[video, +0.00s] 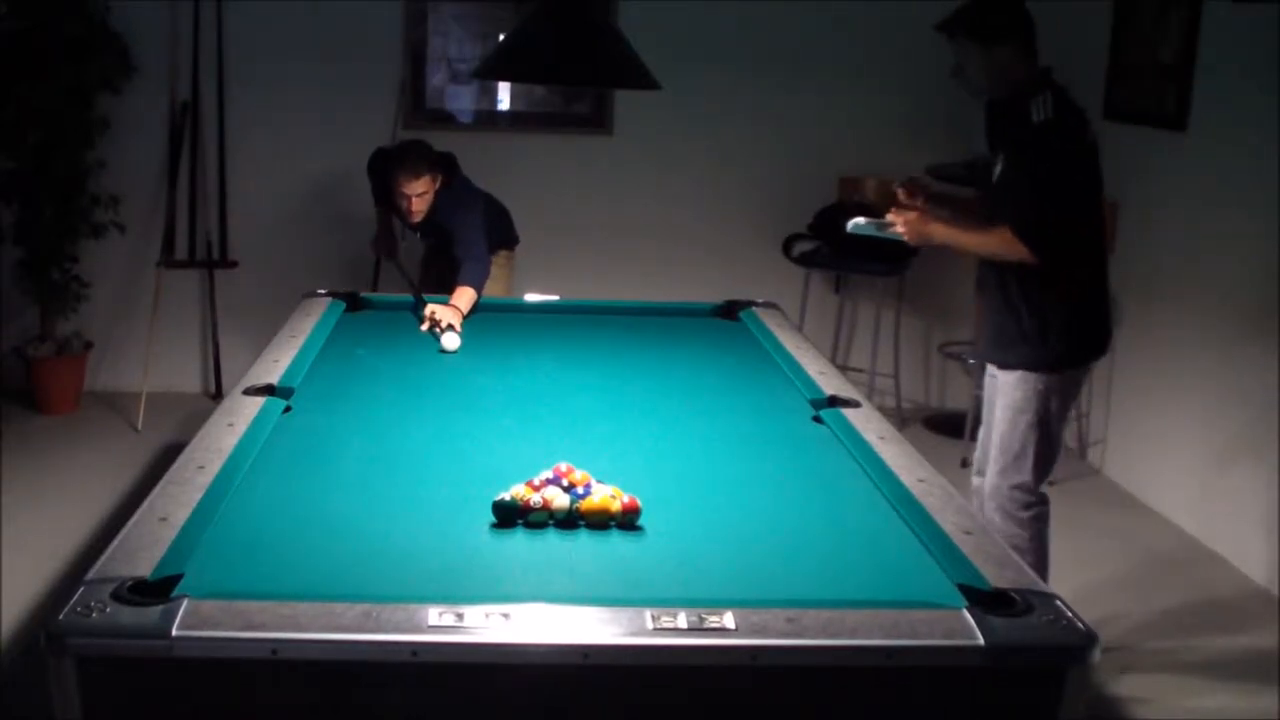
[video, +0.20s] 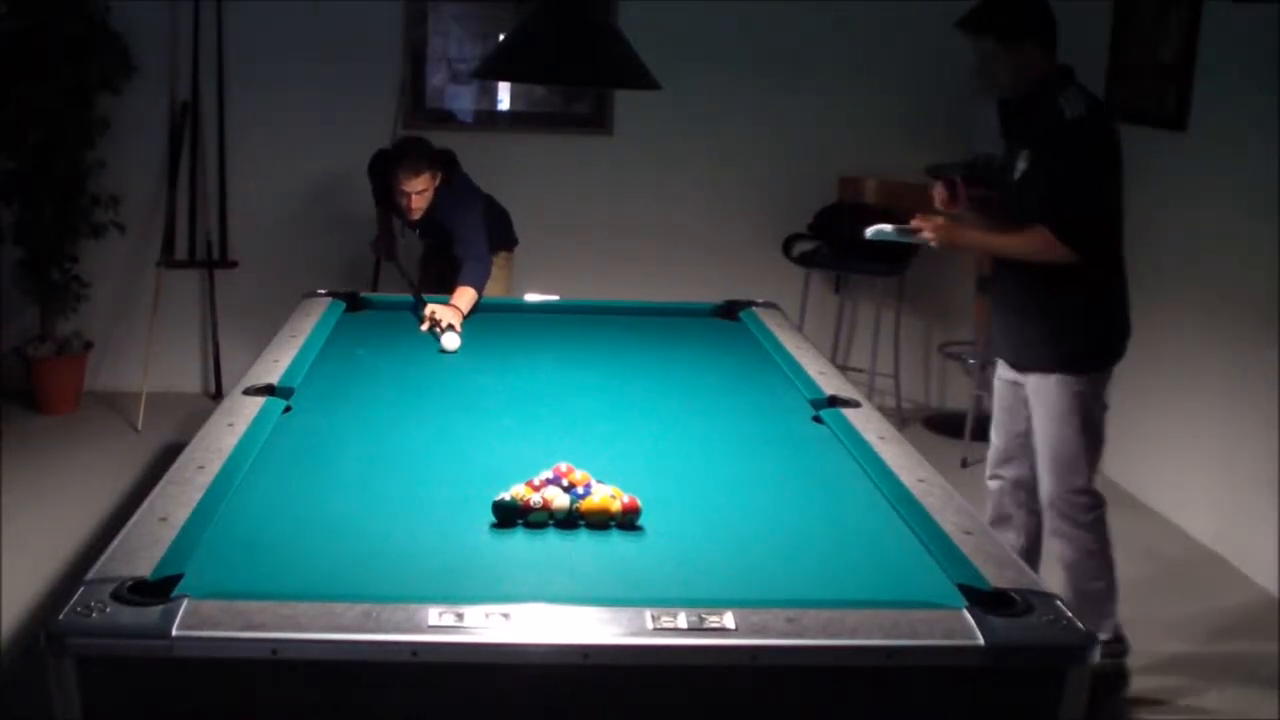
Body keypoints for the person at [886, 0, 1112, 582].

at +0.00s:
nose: (960, 72)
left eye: (967, 57)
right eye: (959, 57)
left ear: (1001, 52)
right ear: (1010, 53)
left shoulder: (1049, 119)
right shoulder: (1019, 113)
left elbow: (1034, 241)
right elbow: (1009, 213)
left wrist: (939, 233)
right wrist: (941, 200)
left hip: (1043, 342)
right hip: (1013, 334)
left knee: (1012, 492)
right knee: (988, 481)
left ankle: (1024, 629)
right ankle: (997, 617)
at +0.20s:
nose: (985, 69)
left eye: (993, 54)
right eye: (983, 55)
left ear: (1026, 49)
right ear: (1017, 51)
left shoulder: (1077, 118)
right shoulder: (1024, 113)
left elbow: (1069, 242)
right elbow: (1030, 215)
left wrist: (968, 237)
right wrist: (973, 204)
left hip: (1070, 346)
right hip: (1019, 338)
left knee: (1068, 502)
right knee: (1009, 487)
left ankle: (1097, 644)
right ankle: (1003, 627)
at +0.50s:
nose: (1069, 69)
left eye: (1082, 55)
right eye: (1068, 55)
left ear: (1122, 57)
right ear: (1077, 56)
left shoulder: (1179, 144)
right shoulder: (1075, 126)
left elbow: (1174, 261)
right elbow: (1068, 219)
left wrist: (1059, 252)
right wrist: (1019, 224)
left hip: (1138, 375)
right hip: (1061, 358)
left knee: (1158, 525)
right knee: (1035, 496)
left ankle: (1185, 674)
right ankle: (1011, 630)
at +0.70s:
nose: (1121, 75)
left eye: (1137, 60)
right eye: (1125, 60)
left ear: (1186, 64)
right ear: (1150, 70)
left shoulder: (1258, 156)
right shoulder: (1129, 146)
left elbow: (1263, 282)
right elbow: (1099, 241)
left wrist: (1149, 277)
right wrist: (1081, 251)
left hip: (1213, 391)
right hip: (1122, 375)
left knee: (1199, 547)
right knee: (1060, 505)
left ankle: (1191, 678)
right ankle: (1018, 634)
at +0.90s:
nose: (1228, 90)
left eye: (1242, 78)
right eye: (1220, 74)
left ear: (1266, 80)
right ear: (1205, 72)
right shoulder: (1174, 138)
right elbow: (1138, 248)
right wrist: (1154, 256)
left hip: (1262, 380)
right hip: (1167, 363)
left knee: (1232, 553)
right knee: (1111, 523)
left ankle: (1195, 681)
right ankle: (1094, 663)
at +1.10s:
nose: (1259, 77)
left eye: (1265, 64)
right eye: (1254, 62)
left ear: (1274, 70)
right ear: (1241, 62)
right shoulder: (1205, 142)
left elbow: (1149, 237)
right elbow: (1148, 236)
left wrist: (1182, 284)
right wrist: (1183, 287)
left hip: (1268, 382)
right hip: (1210, 374)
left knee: (1252, 563)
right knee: (1205, 561)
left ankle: (1209, 684)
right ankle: (1197, 698)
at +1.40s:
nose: (1273, 95)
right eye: (1273, 82)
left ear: (1270, 85)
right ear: (1269, 82)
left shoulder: (1254, 175)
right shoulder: (1252, 174)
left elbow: (1192, 292)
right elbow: (1191, 291)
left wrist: (1242, 331)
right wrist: (1245, 332)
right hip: (1262, 437)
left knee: (1267, 614)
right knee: (1265, 619)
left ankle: (1247, 679)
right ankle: (1256, 699)